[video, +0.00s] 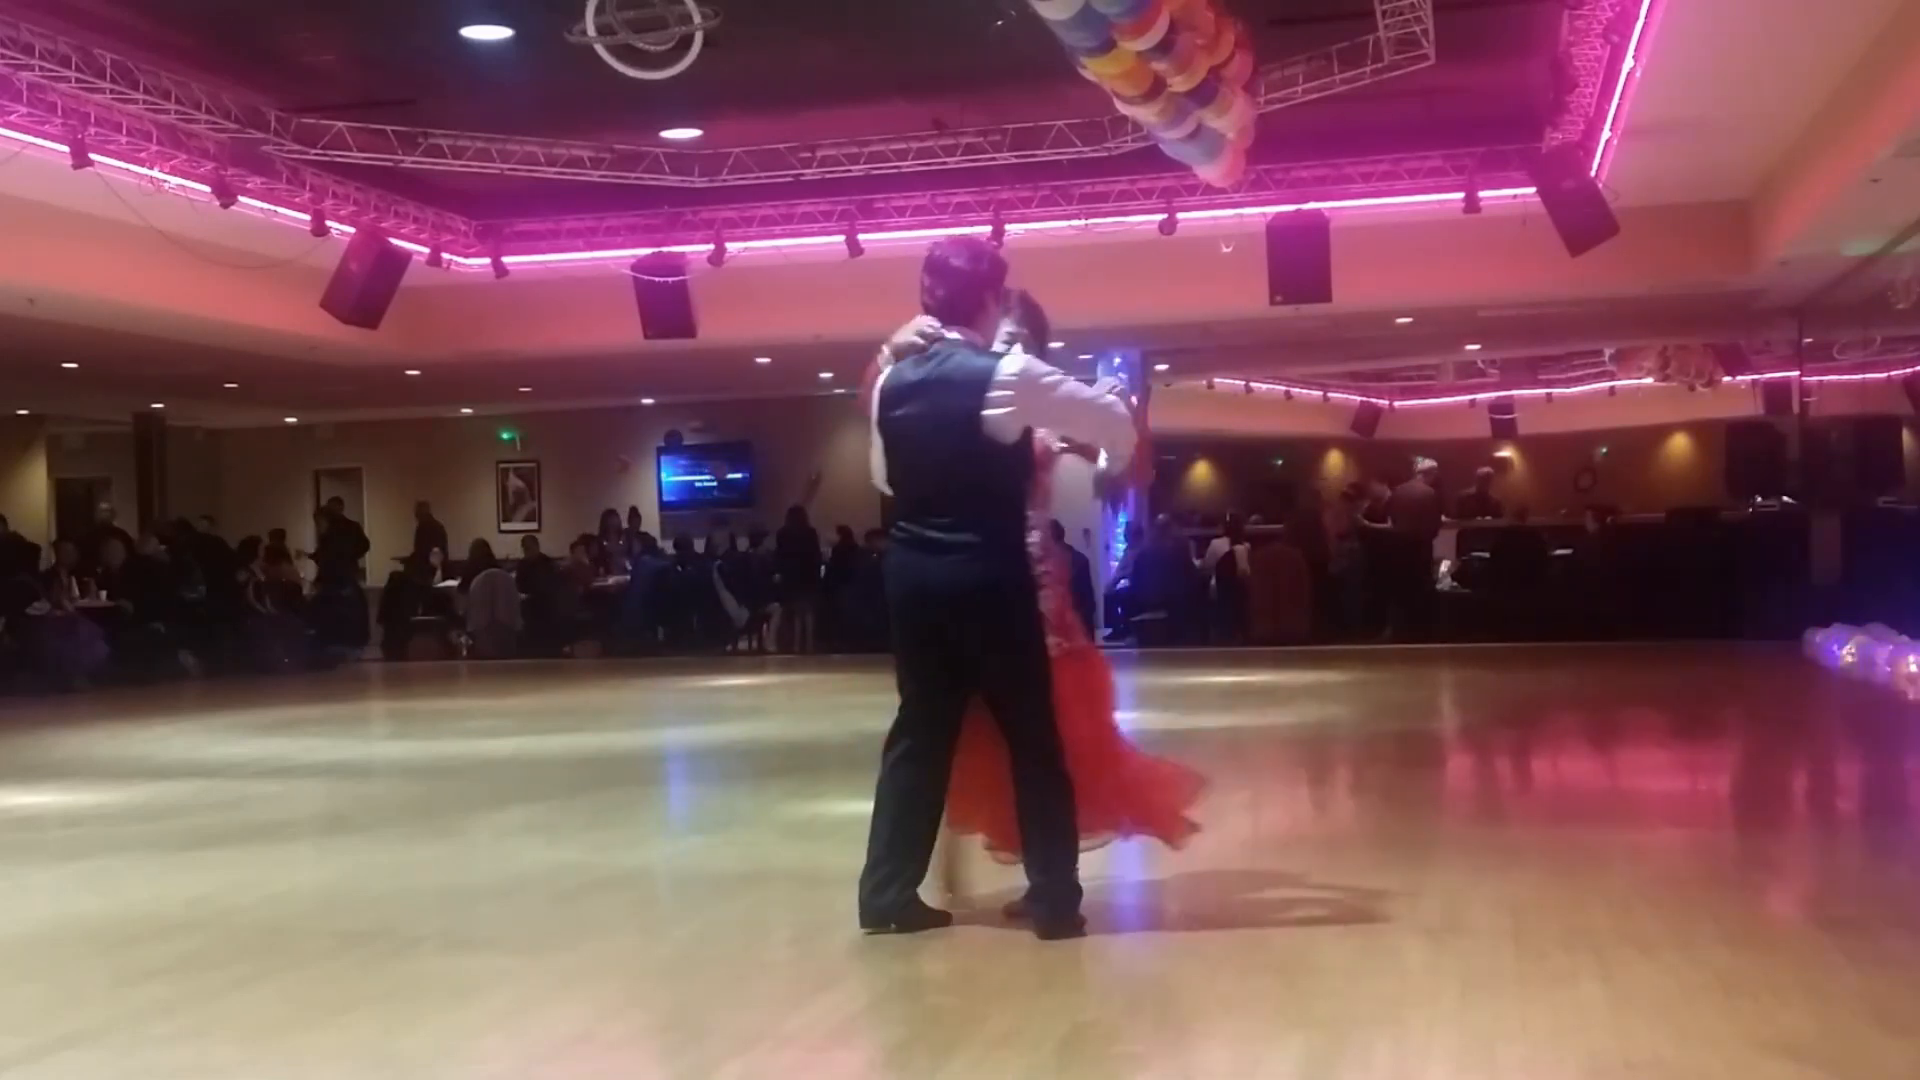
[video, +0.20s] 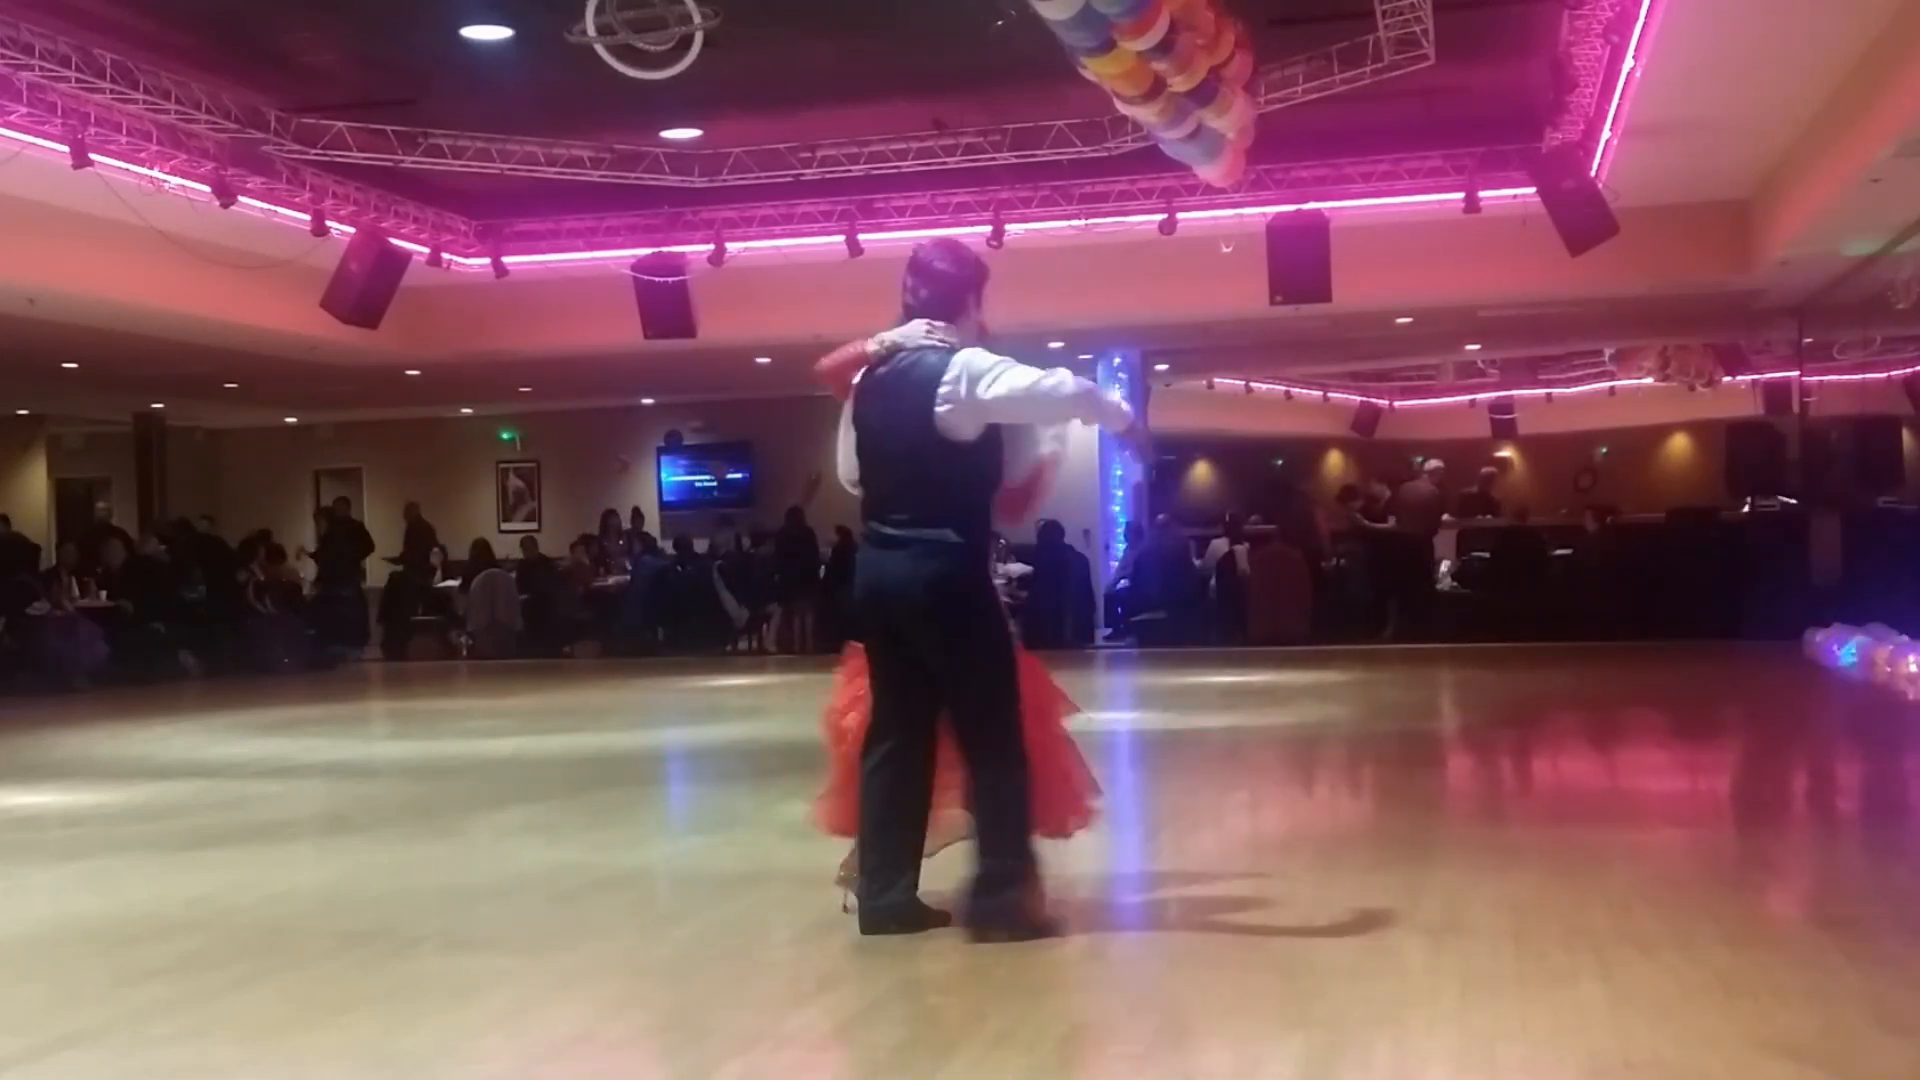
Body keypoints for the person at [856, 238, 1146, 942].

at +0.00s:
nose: (1006, 308)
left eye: (1002, 296)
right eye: (1001, 296)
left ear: (926, 301)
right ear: (992, 300)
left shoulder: (891, 378)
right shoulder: (1011, 373)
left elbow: (884, 476)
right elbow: (1117, 426)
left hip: (913, 565)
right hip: (990, 568)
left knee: (920, 726)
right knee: (1032, 731)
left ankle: (886, 895)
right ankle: (1055, 902)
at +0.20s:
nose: (987, 312)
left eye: (982, 301)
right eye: (983, 301)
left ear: (906, 301)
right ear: (970, 302)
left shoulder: (867, 378)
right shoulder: (965, 370)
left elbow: (849, 472)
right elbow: (1065, 387)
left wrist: (923, 477)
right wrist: (1119, 416)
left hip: (880, 564)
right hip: (949, 571)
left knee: (896, 728)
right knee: (993, 731)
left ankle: (886, 897)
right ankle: (1002, 897)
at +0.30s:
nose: (973, 313)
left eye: (971, 303)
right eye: (970, 303)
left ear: (900, 295)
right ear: (957, 304)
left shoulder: (861, 378)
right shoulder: (953, 368)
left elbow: (835, 474)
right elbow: (1044, 381)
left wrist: (900, 477)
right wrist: (1130, 387)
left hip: (873, 561)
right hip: (938, 565)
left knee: (888, 723)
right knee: (958, 730)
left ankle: (880, 894)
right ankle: (897, 887)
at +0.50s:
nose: (966, 312)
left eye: (964, 300)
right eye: (964, 300)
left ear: (895, 298)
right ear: (954, 301)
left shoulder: (858, 376)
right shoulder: (951, 370)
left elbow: (801, 469)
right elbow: (1048, 374)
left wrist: (829, 520)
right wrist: (1157, 357)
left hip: (870, 559)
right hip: (924, 562)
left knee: (903, 726)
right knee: (890, 726)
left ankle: (887, 894)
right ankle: (790, 877)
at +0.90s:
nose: (951, 317)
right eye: (955, 306)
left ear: (891, 309)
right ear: (955, 311)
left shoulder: (854, 388)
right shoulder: (961, 381)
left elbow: (781, 473)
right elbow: (1043, 431)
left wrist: (782, 467)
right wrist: (1138, 452)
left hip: (865, 565)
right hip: (929, 570)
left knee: (890, 727)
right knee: (916, 735)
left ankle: (882, 888)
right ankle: (843, 885)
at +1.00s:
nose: (944, 316)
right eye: (946, 305)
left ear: (881, 305)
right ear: (947, 309)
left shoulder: (842, 389)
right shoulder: (962, 384)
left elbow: (785, 479)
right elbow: (1047, 446)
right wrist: (1111, 475)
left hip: (860, 571)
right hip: (932, 574)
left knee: (880, 730)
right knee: (952, 735)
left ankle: (880, 895)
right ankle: (901, 894)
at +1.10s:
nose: (930, 314)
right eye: (937, 302)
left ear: (875, 305)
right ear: (941, 308)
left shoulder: (837, 383)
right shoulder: (969, 383)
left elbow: (799, 481)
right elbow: (1052, 456)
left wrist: (844, 528)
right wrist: (1068, 500)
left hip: (866, 577)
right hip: (946, 578)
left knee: (869, 731)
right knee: (961, 728)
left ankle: (873, 897)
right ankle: (962, 895)